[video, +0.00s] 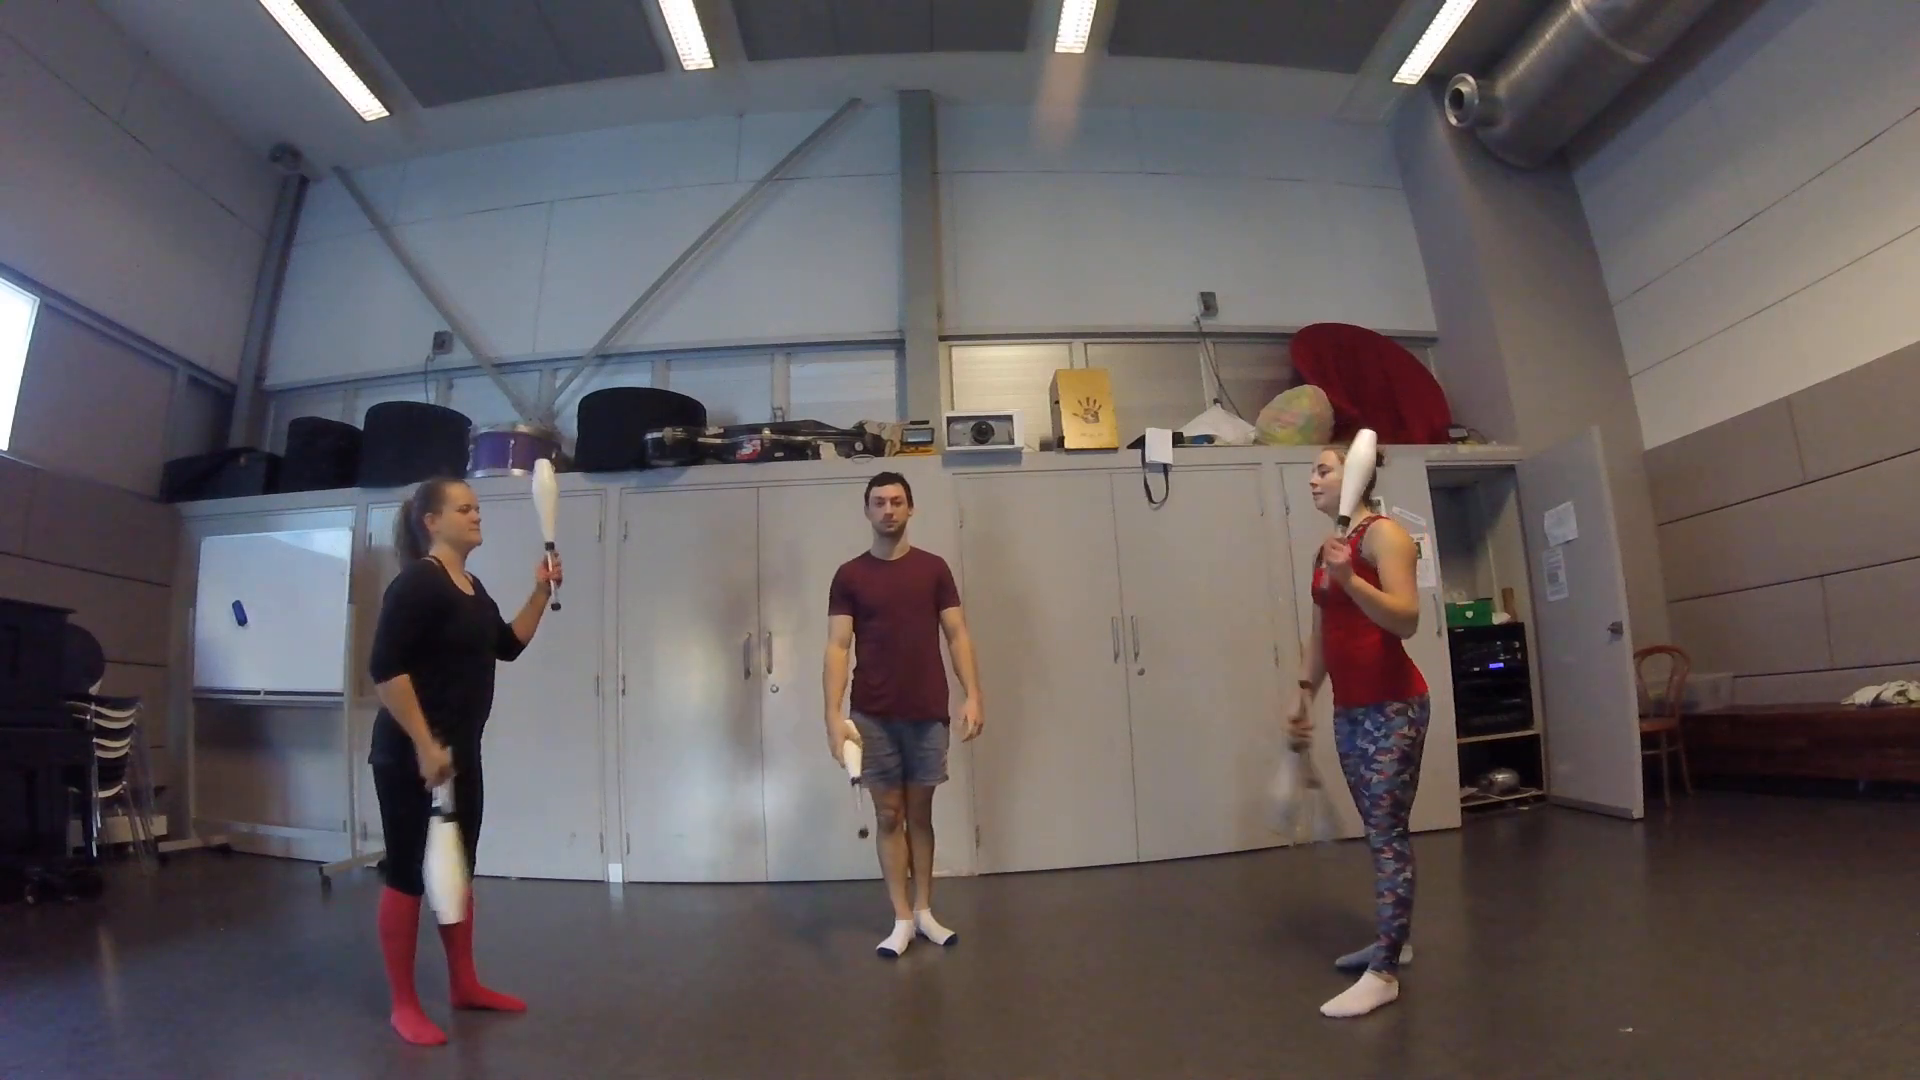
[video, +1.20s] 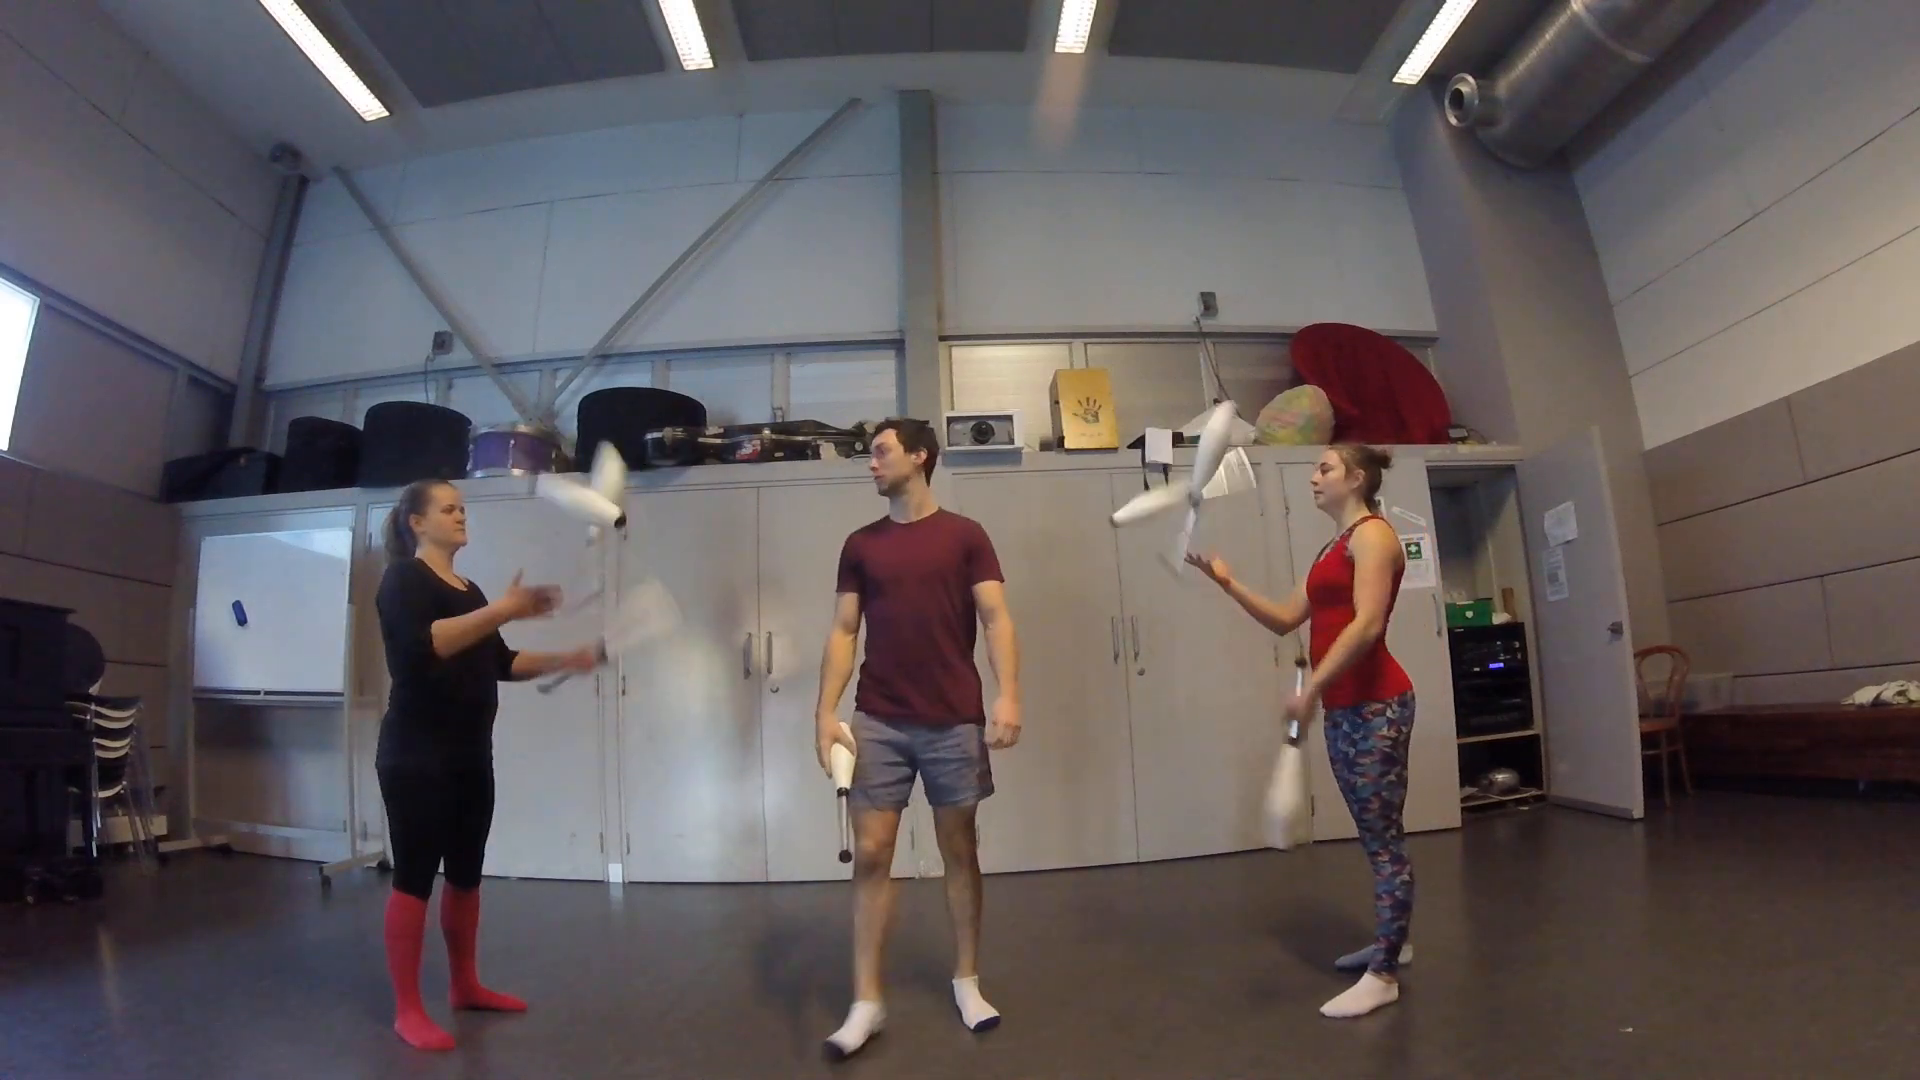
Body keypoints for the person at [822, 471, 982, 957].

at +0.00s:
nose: (888, 509)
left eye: (896, 502)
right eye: (880, 503)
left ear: (910, 510)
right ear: (867, 512)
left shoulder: (934, 568)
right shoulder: (850, 576)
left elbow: (957, 633)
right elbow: (838, 647)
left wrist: (973, 694)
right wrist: (834, 716)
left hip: (927, 712)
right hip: (872, 714)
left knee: (920, 816)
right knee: (889, 817)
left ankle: (924, 912)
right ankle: (903, 920)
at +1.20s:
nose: (873, 462)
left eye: (884, 452)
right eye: (872, 454)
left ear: (921, 459)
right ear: (879, 467)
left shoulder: (966, 535)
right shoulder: (862, 544)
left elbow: (997, 619)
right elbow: (844, 631)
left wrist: (1008, 698)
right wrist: (825, 711)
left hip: (954, 722)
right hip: (879, 722)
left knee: (960, 850)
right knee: (871, 854)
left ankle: (968, 980)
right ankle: (867, 1000)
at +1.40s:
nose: (846, 460)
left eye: (856, 449)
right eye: (845, 451)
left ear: (897, 453)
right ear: (878, 457)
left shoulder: (946, 527)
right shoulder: (841, 541)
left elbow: (965, 617)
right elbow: (824, 634)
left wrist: (922, 674)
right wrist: (804, 719)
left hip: (940, 725)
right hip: (861, 725)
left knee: (956, 857)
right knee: (854, 863)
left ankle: (965, 981)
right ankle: (845, 1016)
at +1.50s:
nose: (831, 453)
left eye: (842, 442)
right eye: (832, 443)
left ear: (882, 446)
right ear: (858, 451)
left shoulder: (931, 517)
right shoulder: (827, 535)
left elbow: (923, 607)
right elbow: (813, 632)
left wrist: (837, 638)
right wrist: (786, 716)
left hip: (926, 716)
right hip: (849, 722)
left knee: (964, 855)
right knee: (849, 865)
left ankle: (971, 973)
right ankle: (845, 1015)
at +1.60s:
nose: (818, 451)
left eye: (827, 440)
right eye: (817, 442)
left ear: (868, 442)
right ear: (855, 445)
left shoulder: (915, 511)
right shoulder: (820, 535)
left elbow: (863, 583)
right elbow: (802, 630)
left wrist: (755, 596)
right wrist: (774, 711)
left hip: (917, 714)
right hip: (839, 720)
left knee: (966, 854)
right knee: (844, 866)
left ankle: (990, 971)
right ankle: (845, 1018)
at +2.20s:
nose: (876, 443)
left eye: (885, 432)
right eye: (862, 432)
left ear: (898, 440)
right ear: (833, 443)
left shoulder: (918, 498)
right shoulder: (814, 537)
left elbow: (910, 570)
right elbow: (797, 640)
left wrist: (807, 598)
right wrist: (779, 732)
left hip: (937, 711)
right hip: (857, 721)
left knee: (979, 860)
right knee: (856, 871)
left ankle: (996, 995)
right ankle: (848, 1017)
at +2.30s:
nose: (924, 445)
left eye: (925, 435)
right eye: (912, 433)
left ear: (913, 446)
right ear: (870, 440)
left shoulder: (936, 509)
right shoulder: (830, 532)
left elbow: (987, 586)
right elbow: (813, 637)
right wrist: (824, 736)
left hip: (953, 719)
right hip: (874, 726)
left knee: (981, 859)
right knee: (861, 872)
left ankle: (991, 998)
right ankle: (848, 1019)